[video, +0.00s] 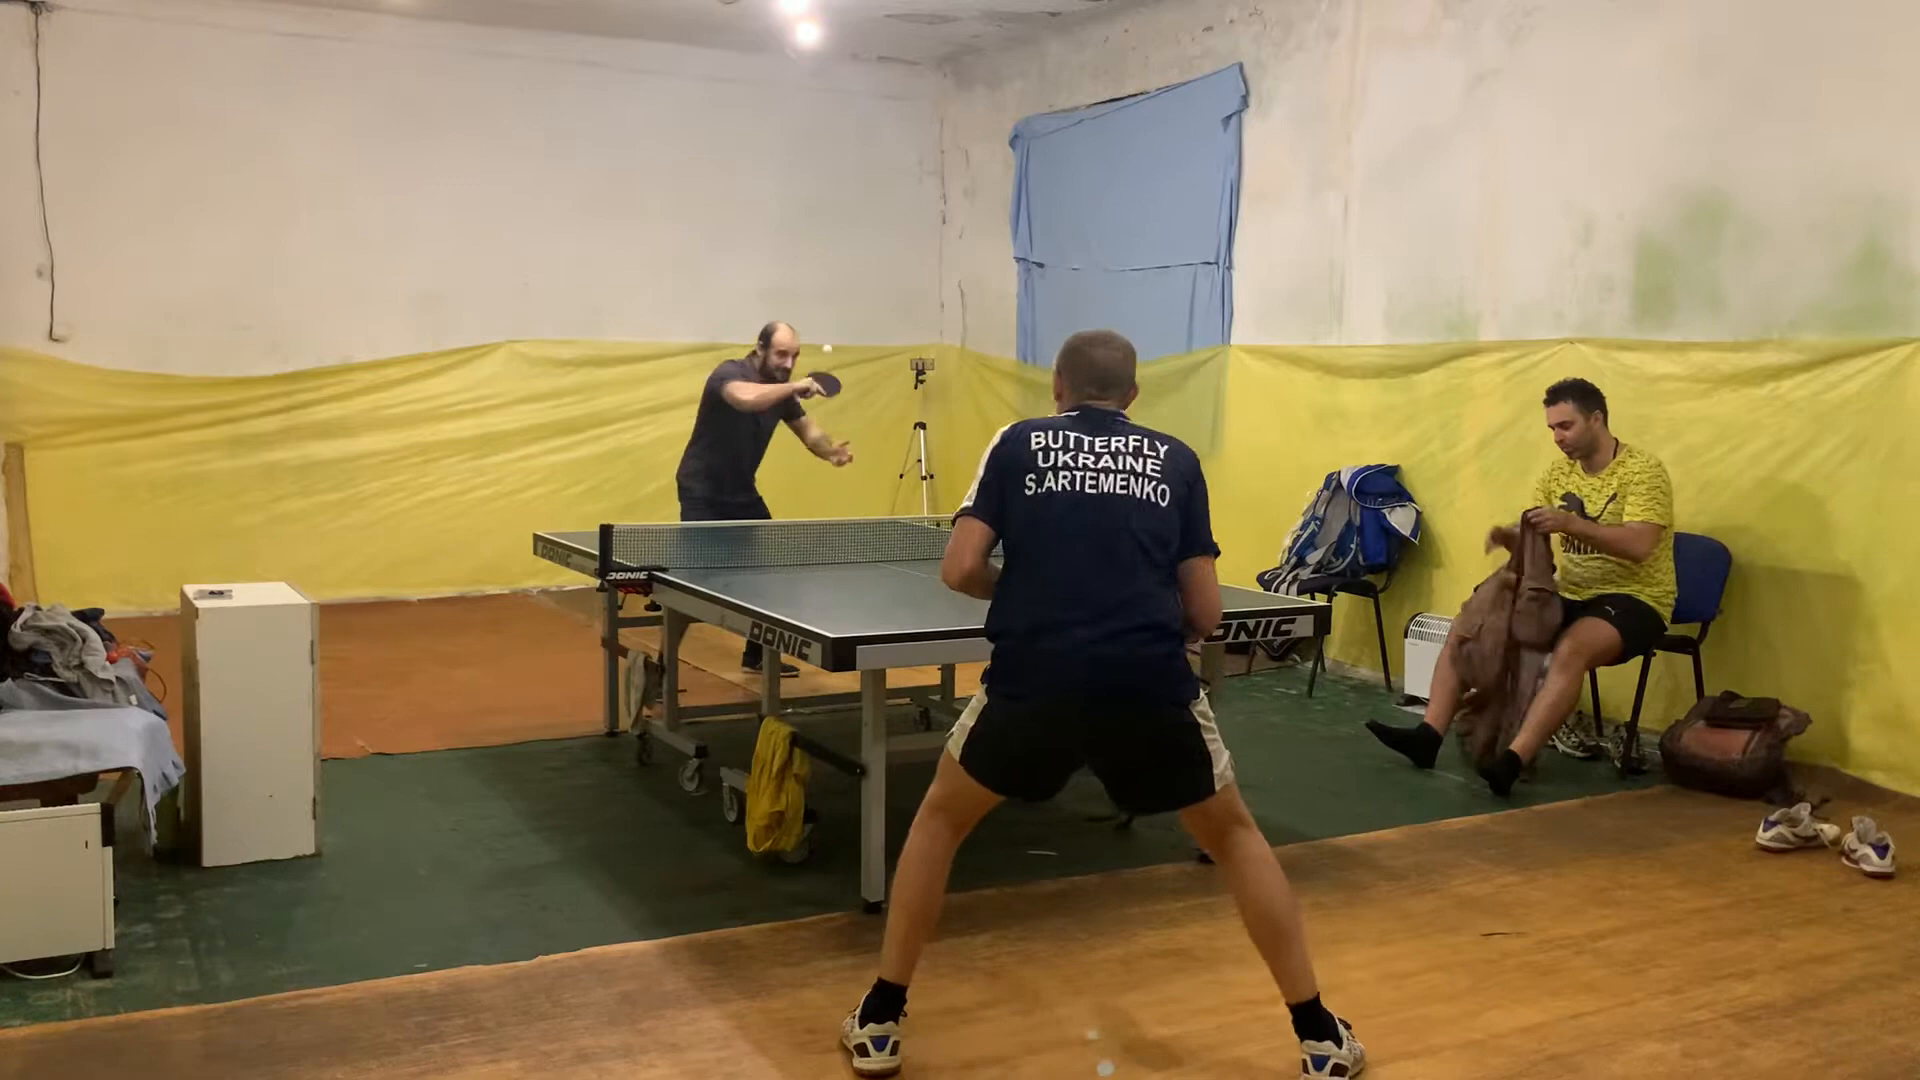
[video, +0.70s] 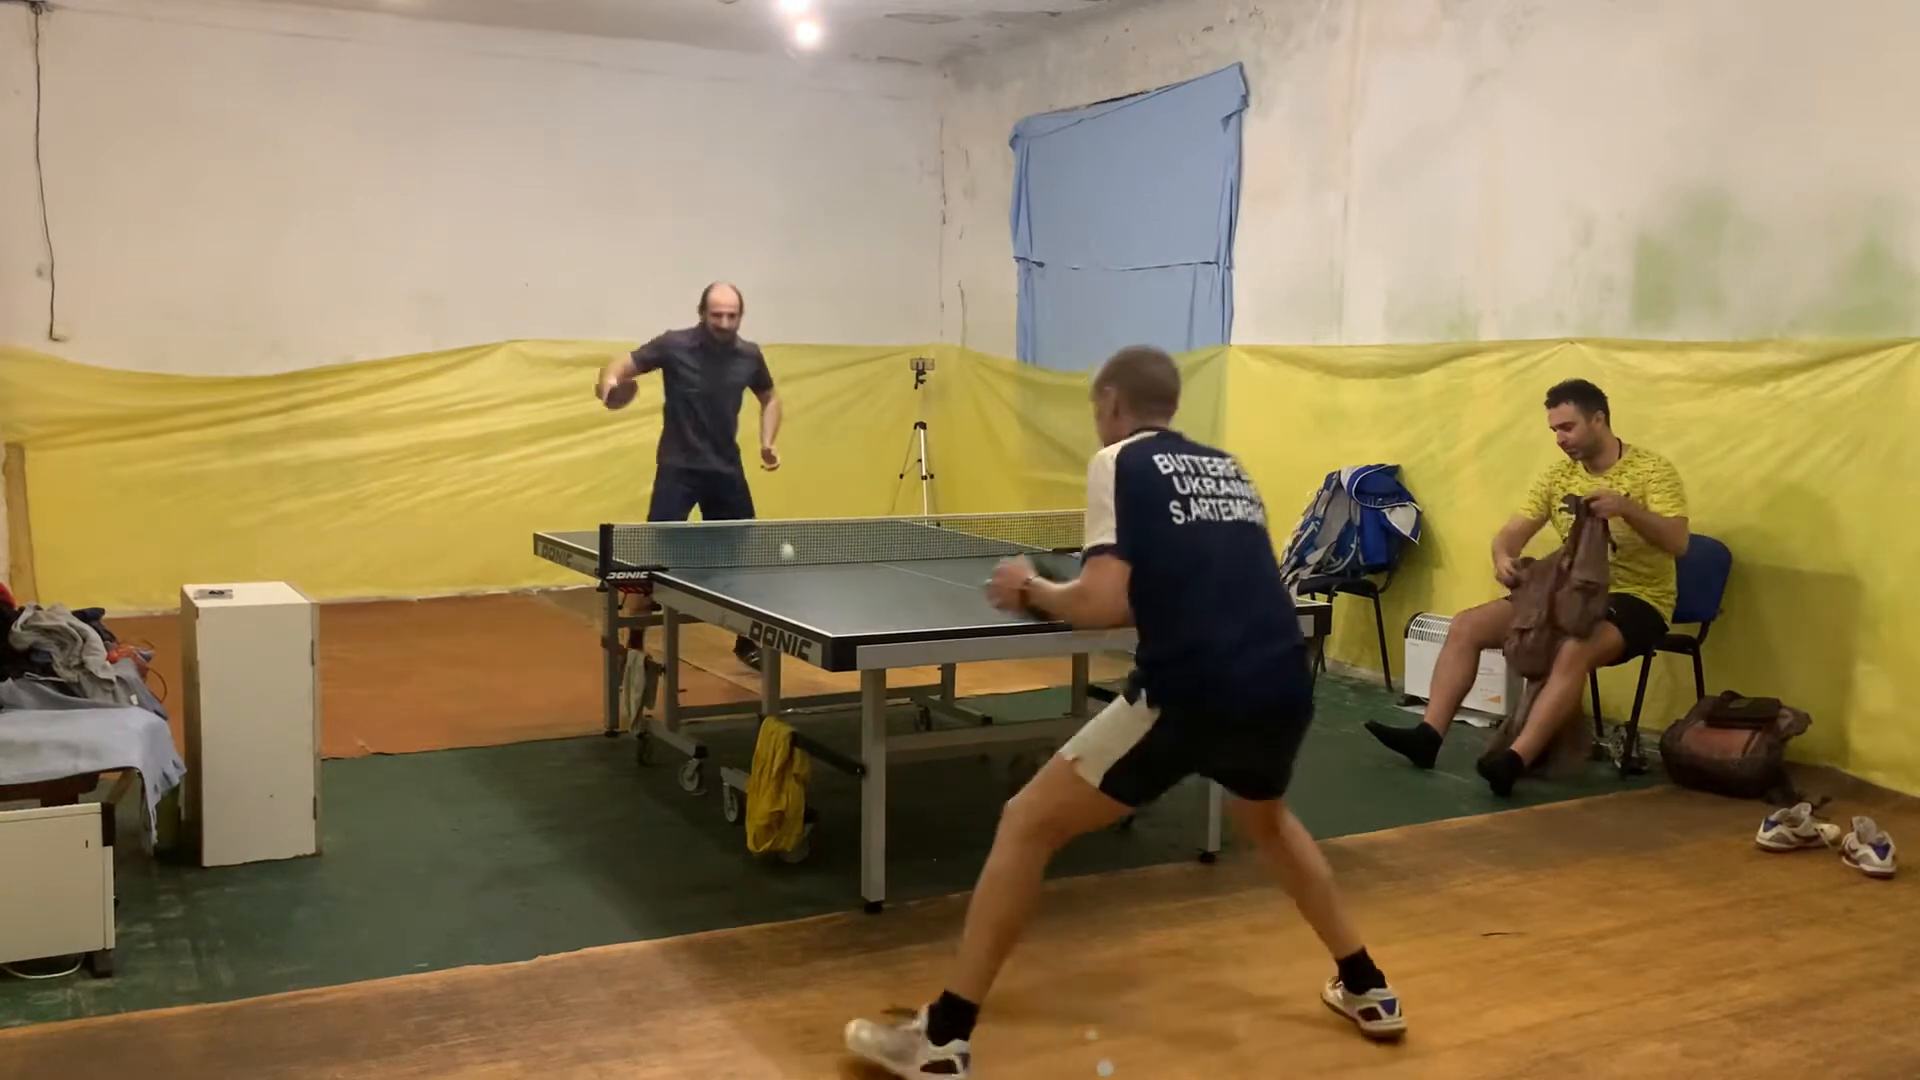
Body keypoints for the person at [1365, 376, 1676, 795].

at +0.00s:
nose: (1557, 438)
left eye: (1564, 427)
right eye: (1552, 429)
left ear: (1597, 419)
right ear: (1551, 427)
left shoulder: (1643, 471)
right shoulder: (1558, 473)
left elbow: (1640, 545)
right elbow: (1542, 545)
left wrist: (1570, 524)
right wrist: (1516, 539)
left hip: (1634, 598)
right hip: (1568, 594)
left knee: (1571, 650)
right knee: (1469, 624)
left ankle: (1513, 761)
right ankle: (1430, 734)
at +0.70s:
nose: (1560, 439)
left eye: (1567, 427)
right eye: (1555, 430)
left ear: (1599, 418)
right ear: (1556, 428)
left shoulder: (1653, 471)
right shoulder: (1560, 475)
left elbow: (1677, 542)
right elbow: (1518, 529)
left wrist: (1627, 509)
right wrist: (1502, 554)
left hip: (1639, 599)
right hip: (1571, 593)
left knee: (1573, 651)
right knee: (1466, 625)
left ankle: (1513, 760)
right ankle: (1429, 734)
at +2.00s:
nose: (1608, 421)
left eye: (1620, 413)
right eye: (1607, 412)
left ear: (1653, 422)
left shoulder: (1672, 485)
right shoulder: (1596, 471)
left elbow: (1641, 563)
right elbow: (1544, 524)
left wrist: (1569, 592)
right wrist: (1491, 568)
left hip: (1643, 601)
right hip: (1588, 584)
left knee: (1573, 645)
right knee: (1517, 524)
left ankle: (1515, 759)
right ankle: (1512, 655)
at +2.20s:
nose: (1607, 420)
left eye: (1619, 412)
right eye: (1606, 411)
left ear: (1652, 422)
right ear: (1605, 415)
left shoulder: (1671, 482)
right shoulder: (1597, 471)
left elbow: (1634, 554)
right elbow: (1535, 523)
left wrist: (1568, 590)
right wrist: (1477, 567)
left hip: (1644, 601)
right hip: (1590, 587)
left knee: (1575, 645)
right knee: (1523, 519)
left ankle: (1514, 760)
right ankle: (1525, 634)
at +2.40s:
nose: (1608, 420)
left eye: (1619, 412)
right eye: (1607, 411)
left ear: (1653, 421)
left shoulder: (1674, 483)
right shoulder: (1598, 471)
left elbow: (1638, 557)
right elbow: (1543, 526)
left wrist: (1572, 598)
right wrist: (1500, 584)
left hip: (1644, 601)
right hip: (1588, 586)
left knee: (1575, 645)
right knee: (1520, 521)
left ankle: (1514, 760)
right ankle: (1512, 626)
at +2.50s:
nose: (1608, 420)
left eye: (1619, 412)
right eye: (1608, 412)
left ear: (1652, 421)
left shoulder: (1675, 484)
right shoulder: (1598, 471)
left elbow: (1643, 563)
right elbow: (1546, 528)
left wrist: (1581, 604)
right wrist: (1506, 589)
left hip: (1645, 601)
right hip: (1589, 587)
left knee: (1572, 647)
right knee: (1519, 521)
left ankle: (1514, 759)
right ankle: (1509, 633)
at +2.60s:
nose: (1607, 420)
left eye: (1618, 412)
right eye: (1607, 412)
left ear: (1652, 421)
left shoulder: (1676, 484)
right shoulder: (1598, 472)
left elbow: (1648, 565)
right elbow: (1547, 529)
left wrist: (1582, 604)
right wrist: (1507, 590)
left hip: (1646, 601)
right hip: (1589, 588)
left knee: (1574, 645)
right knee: (1519, 522)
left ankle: (1514, 759)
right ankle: (1508, 643)